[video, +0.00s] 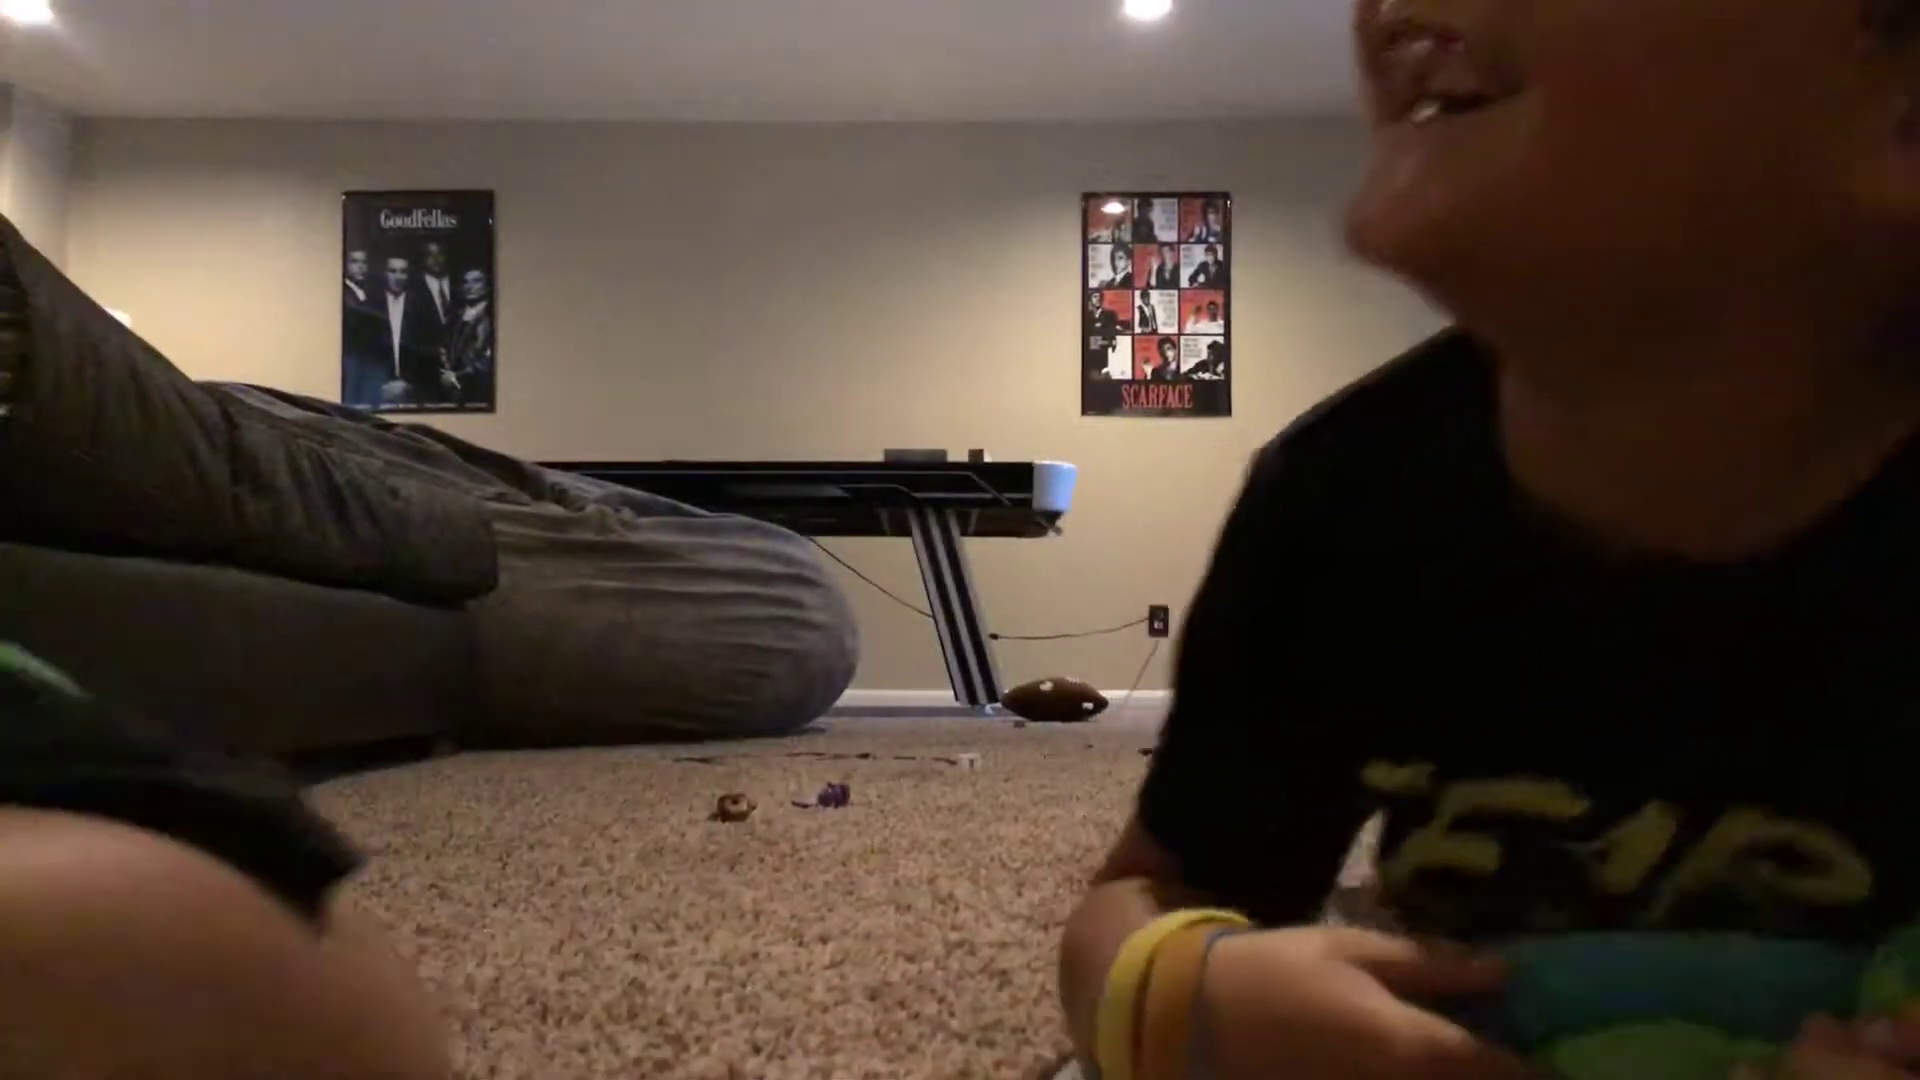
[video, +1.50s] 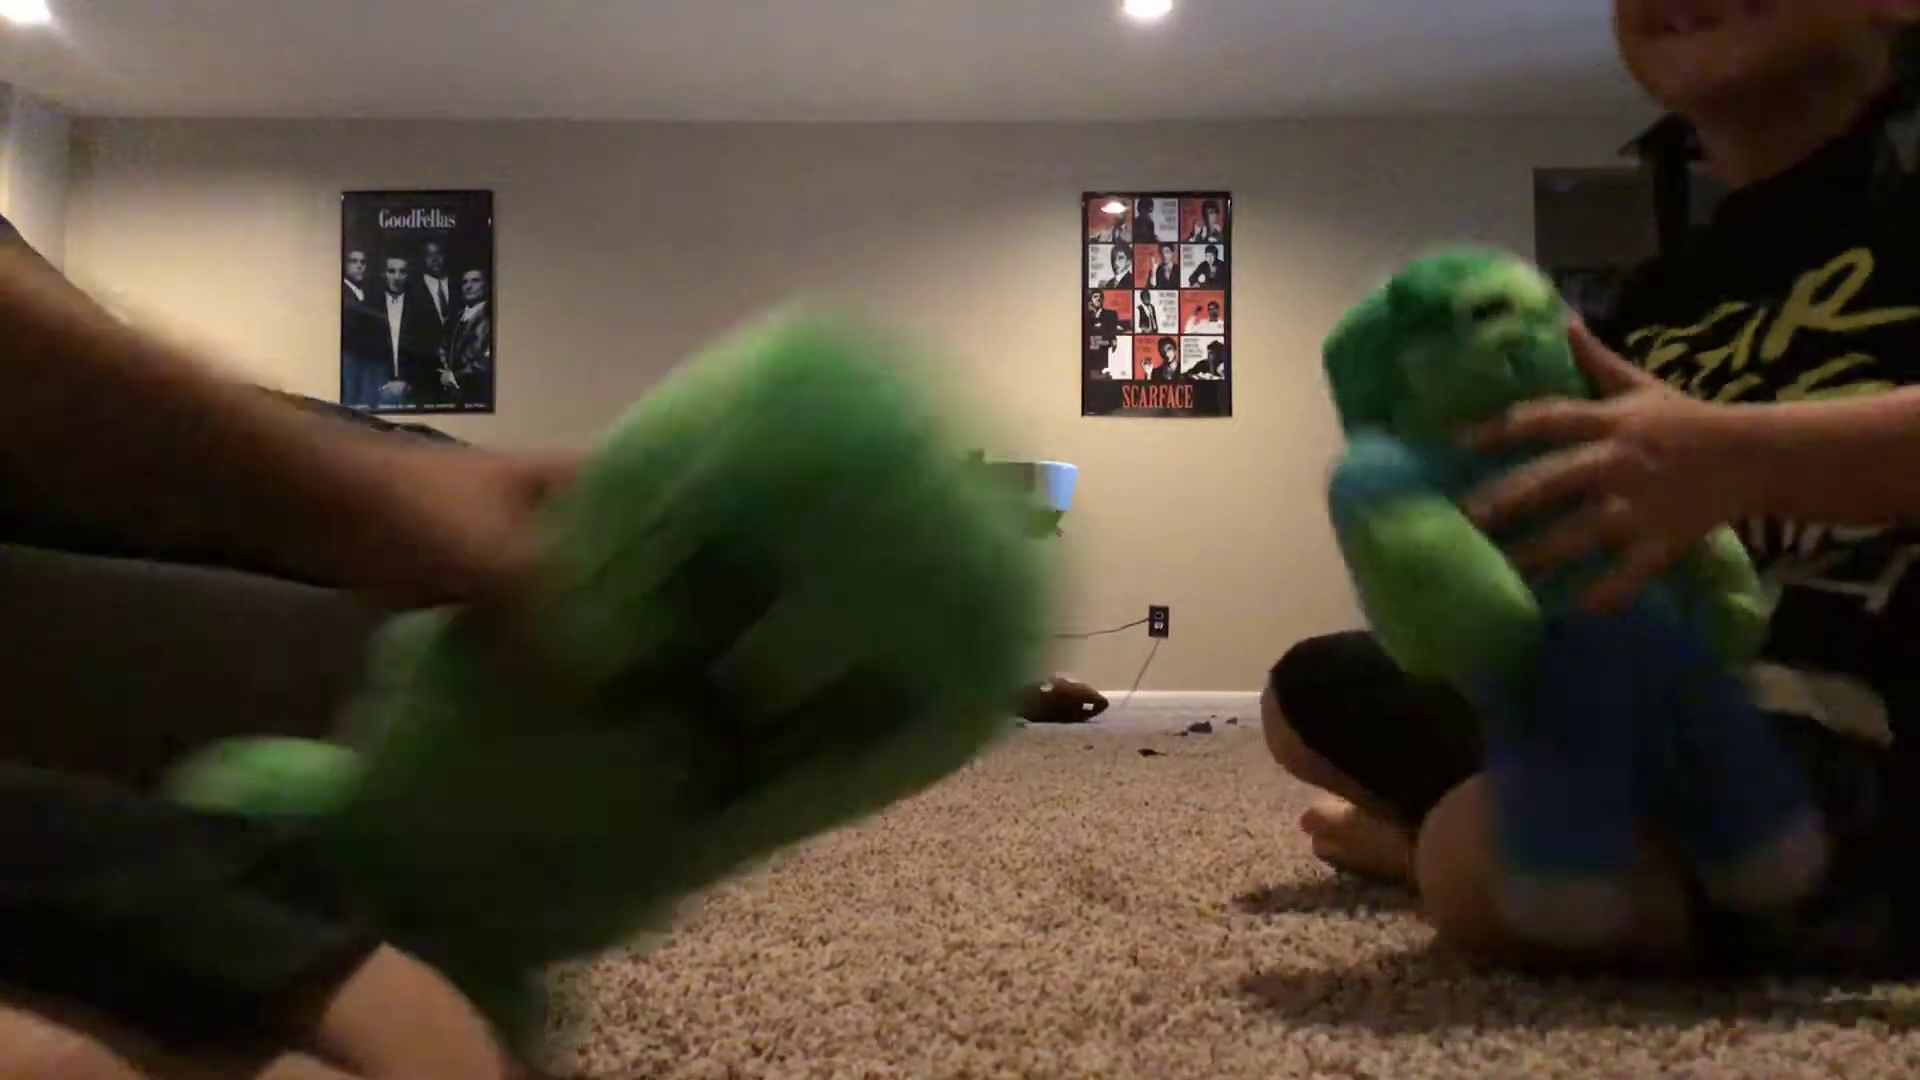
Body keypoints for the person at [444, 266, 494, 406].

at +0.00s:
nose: (470, 287)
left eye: (476, 281)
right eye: (466, 282)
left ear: (486, 287)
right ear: (461, 287)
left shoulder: (490, 316)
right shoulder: (457, 315)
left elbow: (488, 357)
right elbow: (445, 343)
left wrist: (458, 376)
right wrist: (447, 370)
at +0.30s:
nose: (468, 287)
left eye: (475, 281)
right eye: (465, 283)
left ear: (486, 286)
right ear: (461, 287)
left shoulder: (490, 316)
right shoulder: (456, 316)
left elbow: (487, 360)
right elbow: (442, 346)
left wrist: (456, 377)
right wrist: (446, 372)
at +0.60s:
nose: (468, 287)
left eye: (475, 282)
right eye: (465, 283)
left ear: (485, 286)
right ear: (461, 287)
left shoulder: (489, 315)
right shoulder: (458, 315)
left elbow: (487, 359)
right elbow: (443, 345)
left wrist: (456, 377)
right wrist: (446, 371)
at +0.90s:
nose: (468, 286)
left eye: (475, 281)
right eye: (465, 282)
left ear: (486, 285)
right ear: (461, 287)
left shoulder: (489, 314)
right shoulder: (459, 314)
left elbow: (487, 359)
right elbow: (443, 345)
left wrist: (456, 377)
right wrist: (446, 371)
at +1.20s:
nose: (469, 286)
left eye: (475, 281)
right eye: (465, 282)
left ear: (486, 285)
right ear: (461, 287)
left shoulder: (489, 315)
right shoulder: (458, 315)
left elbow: (486, 360)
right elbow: (444, 344)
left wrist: (456, 377)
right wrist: (447, 370)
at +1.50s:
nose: (469, 286)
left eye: (475, 281)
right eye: (465, 282)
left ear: (486, 285)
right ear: (461, 287)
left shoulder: (490, 315)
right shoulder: (457, 316)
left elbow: (487, 360)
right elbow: (443, 345)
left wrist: (457, 376)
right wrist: (446, 370)